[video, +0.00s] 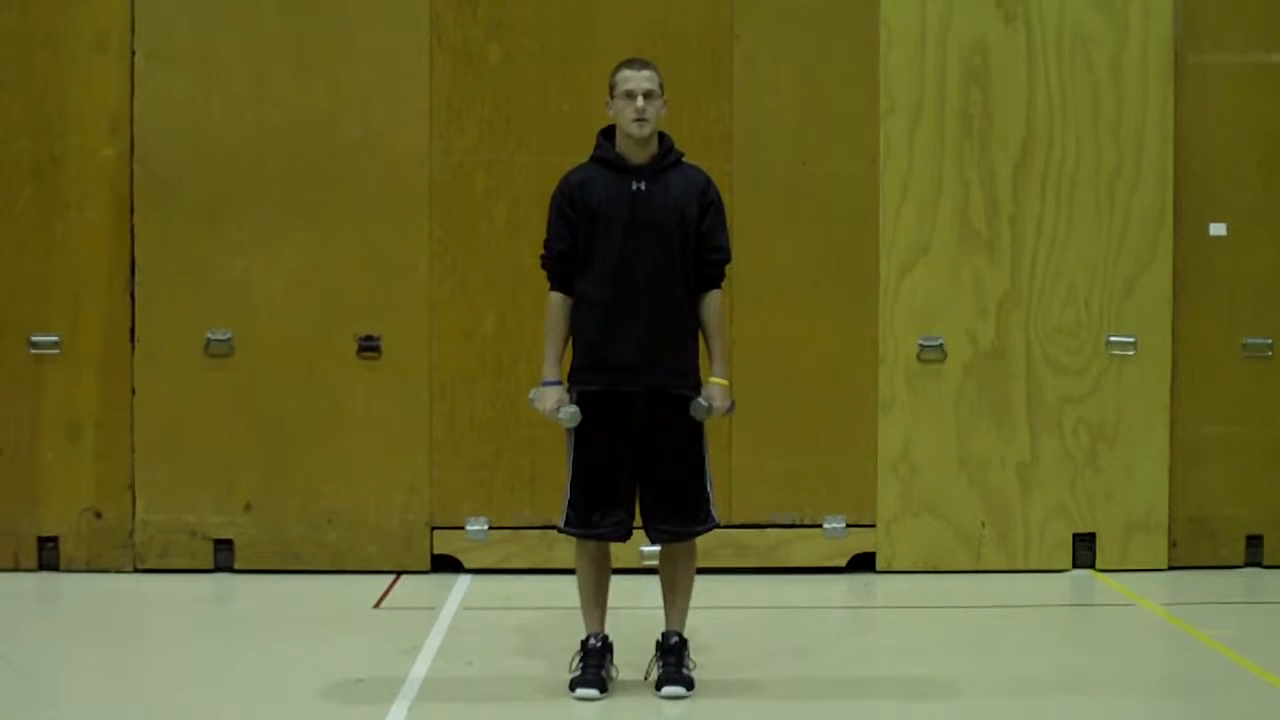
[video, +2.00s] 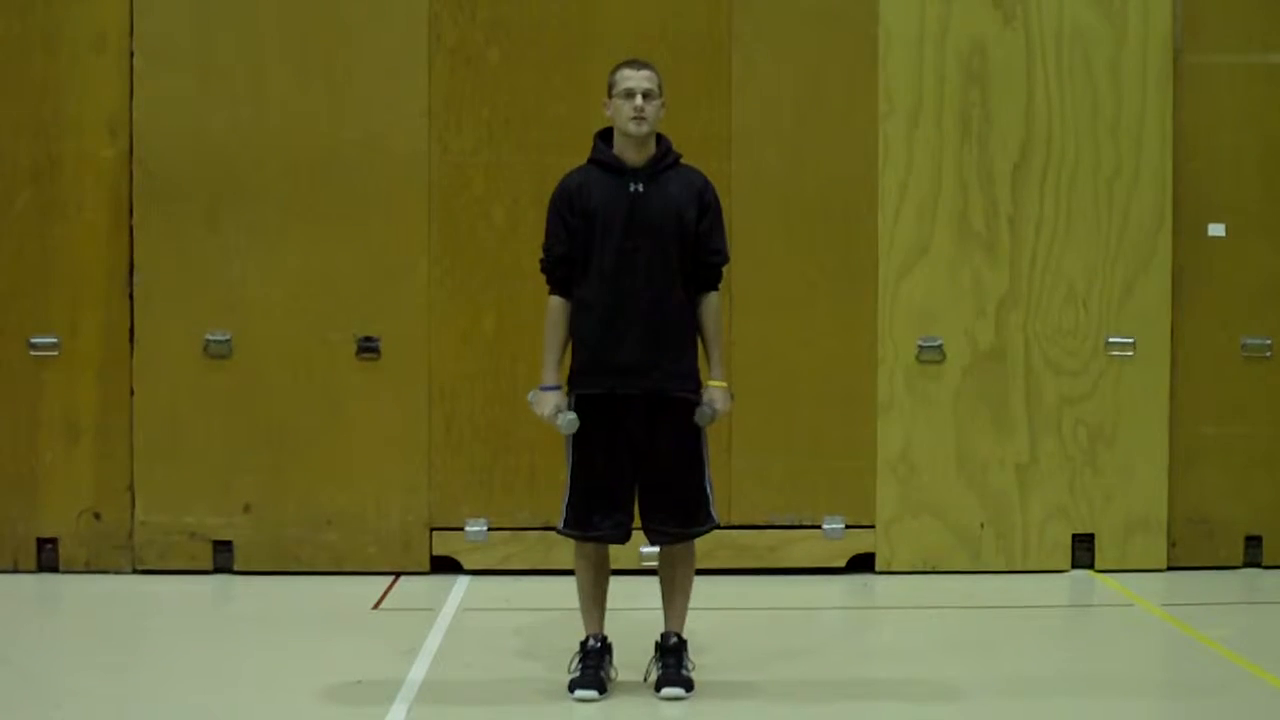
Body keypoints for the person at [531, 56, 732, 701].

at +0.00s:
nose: (640, 106)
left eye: (650, 96)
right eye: (629, 96)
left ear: (665, 106)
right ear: (610, 107)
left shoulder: (695, 187)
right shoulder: (578, 186)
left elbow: (710, 287)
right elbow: (560, 288)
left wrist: (719, 372)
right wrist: (551, 376)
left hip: (672, 383)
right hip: (597, 383)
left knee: (678, 523)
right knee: (593, 521)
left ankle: (673, 647)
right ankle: (594, 647)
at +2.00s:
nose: (639, 105)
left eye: (649, 96)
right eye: (628, 95)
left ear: (663, 108)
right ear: (608, 107)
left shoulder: (693, 188)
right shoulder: (577, 188)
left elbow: (709, 289)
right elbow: (560, 292)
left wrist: (717, 375)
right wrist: (551, 381)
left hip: (672, 384)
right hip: (597, 384)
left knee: (677, 523)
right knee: (592, 521)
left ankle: (673, 648)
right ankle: (593, 647)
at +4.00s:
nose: (644, 108)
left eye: (655, 99)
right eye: (634, 98)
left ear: (669, 109)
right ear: (613, 107)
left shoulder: (696, 188)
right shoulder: (580, 188)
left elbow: (711, 289)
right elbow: (563, 291)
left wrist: (719, 373)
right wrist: (556, 379)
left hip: (674, 384)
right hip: (599, 384)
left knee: (679, 523)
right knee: (594, 522)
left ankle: (673, 647)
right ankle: (594, 647)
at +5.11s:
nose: (651, 108)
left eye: (662, 98)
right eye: (640, 98)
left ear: (677, 108)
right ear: (622, 107)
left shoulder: (708, 189)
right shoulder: (590, 188)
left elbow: (721, 290)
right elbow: (572, 290)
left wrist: (726, 376)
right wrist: (563, 378)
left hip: (682, 385)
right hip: (606, 383)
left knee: (683, 523)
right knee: (597, 521)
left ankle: (675, 648)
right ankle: (595, 646)